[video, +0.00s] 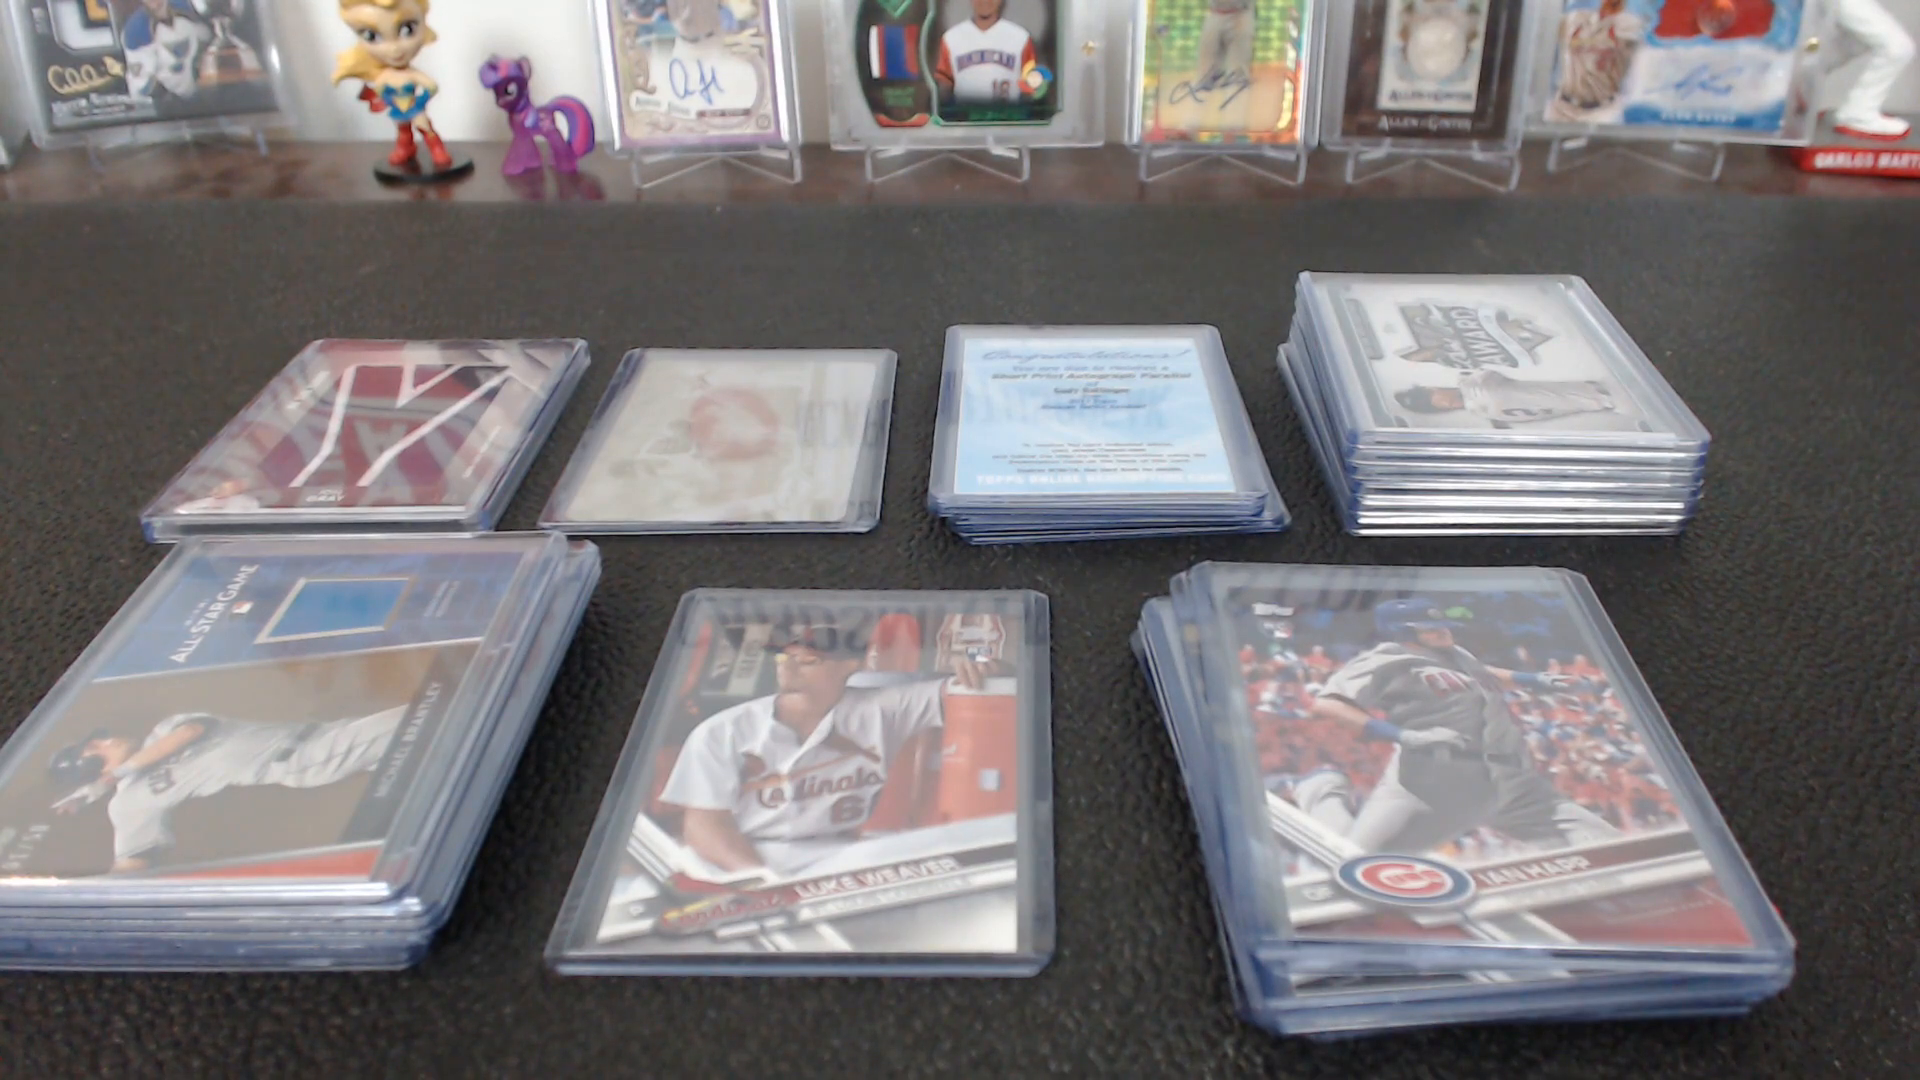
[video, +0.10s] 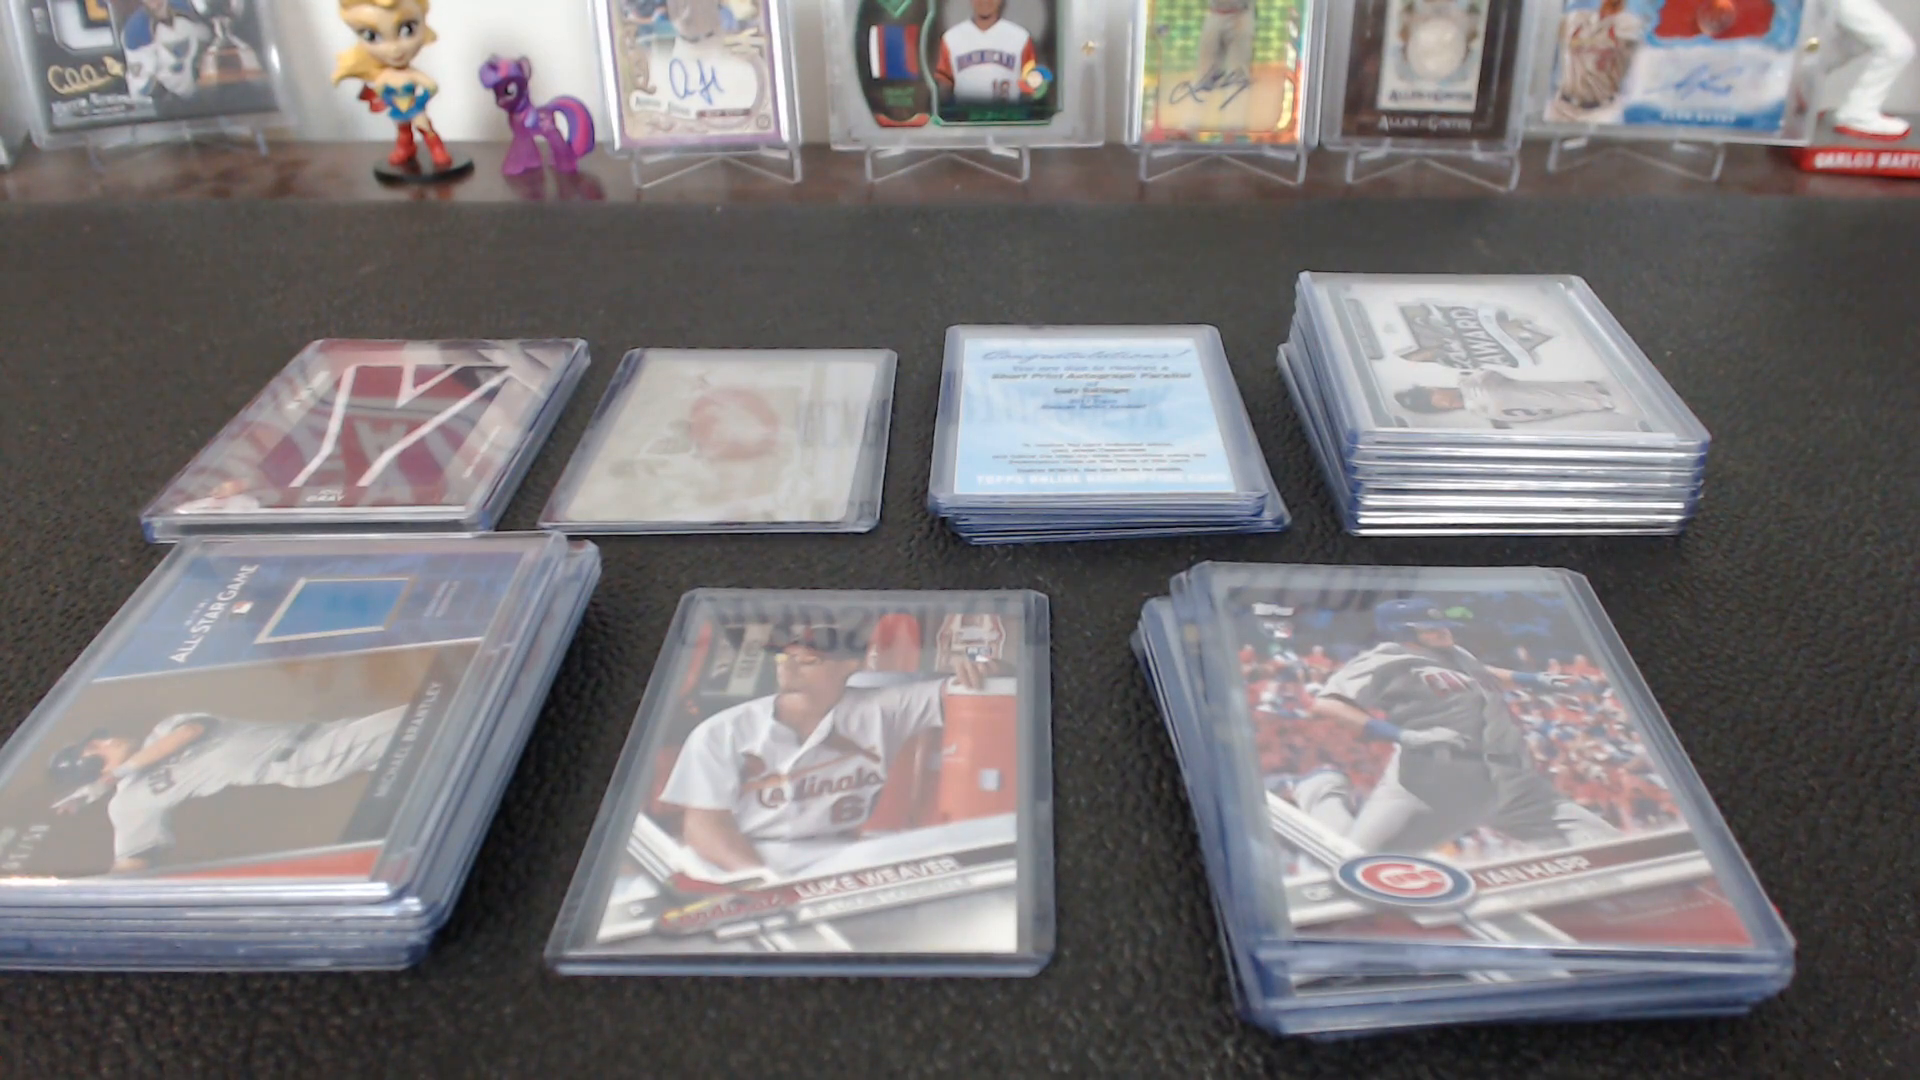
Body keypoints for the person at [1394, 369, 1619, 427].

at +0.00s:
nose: (1445, 400)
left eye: (1439, 395)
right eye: (1440, 403)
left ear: (1441, 388)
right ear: (1440, 408)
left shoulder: (1468, 381)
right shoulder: (1471, 408)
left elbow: (1494, 379)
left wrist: (1485, 391)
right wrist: (1507, 418)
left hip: (1509, 391)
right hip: (1506, 408)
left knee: (1551, 396)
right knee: (1551, 404)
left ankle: (1592, 396)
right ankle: (1589, 399)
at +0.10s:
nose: (1445, 400)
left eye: (1439, 395)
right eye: (1440, 403)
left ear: (1440, 388)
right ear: (1440, 408)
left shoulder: (1468, 381)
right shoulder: (1470, 408)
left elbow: (1494, 379)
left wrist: (1487, 393)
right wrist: (1507, 417)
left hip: (1513, 391)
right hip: (1507, 407)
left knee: (1552, 396)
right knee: (1551, 403)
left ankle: (1593, 397)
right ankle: (1590, 398)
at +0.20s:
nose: (1445, 400)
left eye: (1439, 395)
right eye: (1440, 403)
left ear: (1440, 388)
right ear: (1440, 408)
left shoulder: (1468, 381)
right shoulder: (1470, 408)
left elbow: (1494, 379)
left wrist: (1486, 393)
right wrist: (1507, 417)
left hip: (1515, 391)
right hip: (1508, 408)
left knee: (1552, 396)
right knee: (1552, 403)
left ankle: (1593, 396)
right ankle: (1590, 399)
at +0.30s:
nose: (1445, 400)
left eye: (1439, 395)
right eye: (1440, 403)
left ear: (1441, 388)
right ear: (1440, 408)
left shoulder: (1468, 381)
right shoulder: (1471, 408)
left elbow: (1494, 379)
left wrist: (1486, 391)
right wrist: (1508, 418)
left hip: (1509, 391)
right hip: (1506, 408)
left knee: (1551, 396)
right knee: (1552, 404)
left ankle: (1592, 396)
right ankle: (1589, 400)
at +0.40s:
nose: (1445, 400)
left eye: (1439, 395)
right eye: (1440, 403)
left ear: (1441, 388)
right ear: (1440, 408)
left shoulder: (1468, 381)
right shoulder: (1471, 408)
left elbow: (1494, 379)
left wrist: (1486, 391)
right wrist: (1508, 418)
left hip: (1513, 392)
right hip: (1507, 408)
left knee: (1552, 396)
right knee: (1552, 404)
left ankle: (1592, 396)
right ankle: (1589, 399)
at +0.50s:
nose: (1445, 400)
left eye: (1439, 395)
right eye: (1440, 403)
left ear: (1441, 388)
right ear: (1440, 408)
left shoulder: (1468, 381)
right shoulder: (1471, 408)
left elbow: (1494, 379)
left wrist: (1486, 391)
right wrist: (1508, 418)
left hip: (1512, 391)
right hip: (1506, 408)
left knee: (1552, 396)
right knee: (1552, 404)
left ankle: (1592, 396)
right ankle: (1589, 399)